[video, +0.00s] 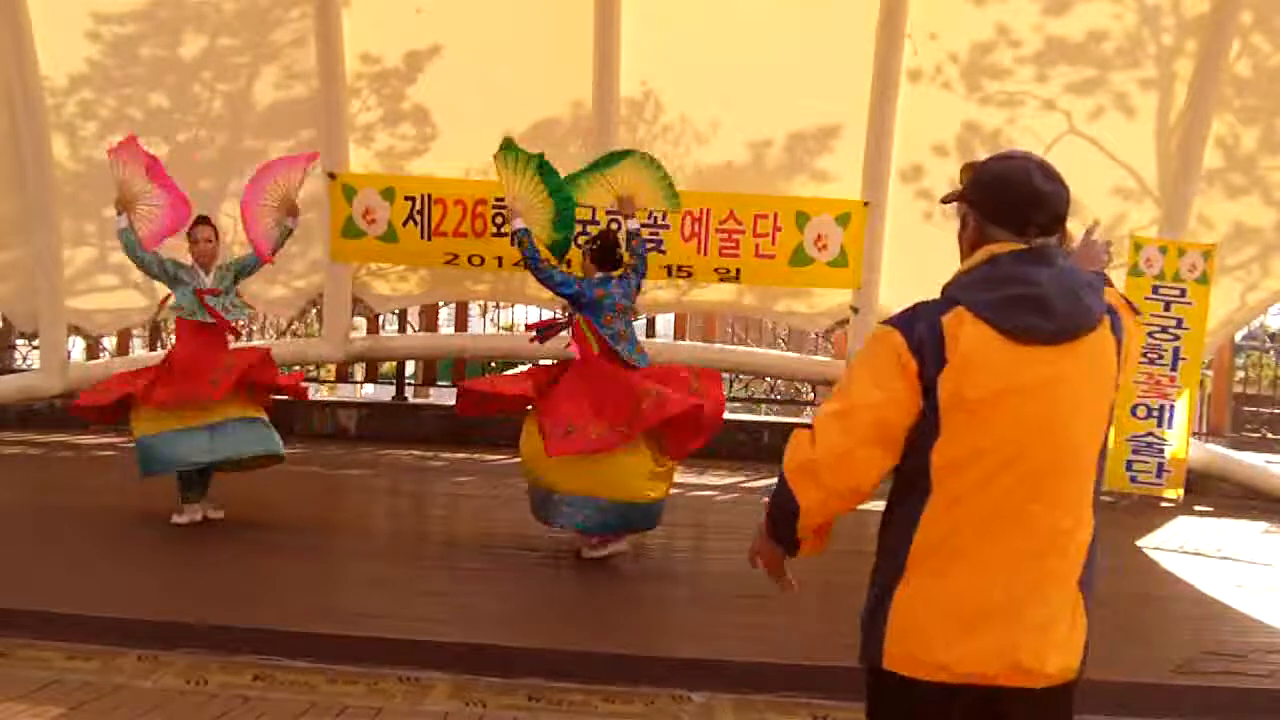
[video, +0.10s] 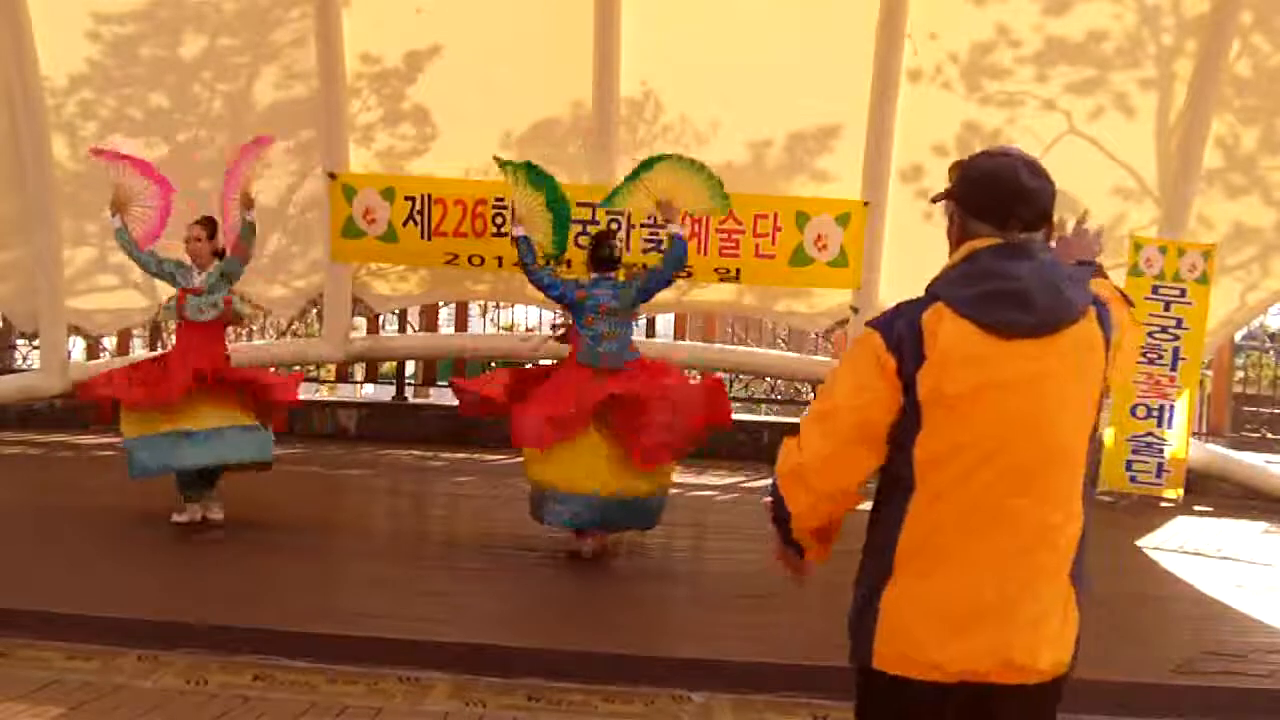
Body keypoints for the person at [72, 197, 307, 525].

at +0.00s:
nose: (203, 247)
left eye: (209, 241)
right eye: (197, 241)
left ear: (218, 244)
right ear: (189, 246)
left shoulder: (228, 274)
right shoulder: (180, 275)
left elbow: (262, 253)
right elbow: (142, 257)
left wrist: (289, 223)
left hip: (217, 354)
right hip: (186, 354)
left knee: (212, 425)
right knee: (186, 426)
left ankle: (200, 498)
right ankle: (188, 502)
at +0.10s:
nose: (191, 246)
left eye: (198, 240)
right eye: (188, 240)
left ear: (215, 244)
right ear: (186, 245)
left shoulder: (223, 276)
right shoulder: (181, 275)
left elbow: (243, 251)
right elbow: (143, 257)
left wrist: (247, 212)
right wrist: (118, 220)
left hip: (213, 354)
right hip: (182, 354)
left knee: (212, 426)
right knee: (182, 426)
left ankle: (210, 495)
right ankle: (190, 499)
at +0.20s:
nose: (182, 244)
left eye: (190, 237)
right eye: (182, 237)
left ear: (207, 239)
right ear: (185, 242)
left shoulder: (212, 274)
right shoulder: (191, 275)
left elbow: (199, 242)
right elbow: (161, 255)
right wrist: (147, 225)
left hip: (205, 356)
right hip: (187, 355)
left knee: (193, 425)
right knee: (188, 425)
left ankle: (193, 502)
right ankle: (190, 499)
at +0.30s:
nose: (189, 236)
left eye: (195, 231)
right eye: (192, 231)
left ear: (207, 235)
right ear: (209, 236)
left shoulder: (199, 266)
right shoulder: (212, 267)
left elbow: (161, 252)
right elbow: (169, 253)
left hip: (190, 352)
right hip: (205, 350)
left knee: (181, 420)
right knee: (191, 419)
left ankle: (183, 502)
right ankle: (190, 498)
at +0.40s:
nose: (182, 234)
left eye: (187, 231)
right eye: (187, 230)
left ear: (192, 240)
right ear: (213, 244)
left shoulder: (182, 274)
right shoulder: (219, 275)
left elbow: (138, 252)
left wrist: (109, 212)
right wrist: (248, 224)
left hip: (186, 357)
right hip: (215, 357)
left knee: (182, 427)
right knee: (203, 428)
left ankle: (182, 507)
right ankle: (198, 504)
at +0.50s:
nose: (207, 247)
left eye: (197, 238)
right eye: (209, 242)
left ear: (182, 244)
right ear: (208, 248)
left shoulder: (168, 276)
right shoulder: (216, 282)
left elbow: (137, 256)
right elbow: (260, 275)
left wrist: (123, 222)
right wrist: (286, 240)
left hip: (173, 361)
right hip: (207, 362)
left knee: (172, 429)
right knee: (199, 429)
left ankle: (175, 506)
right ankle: (189, 502)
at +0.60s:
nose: (212, 251)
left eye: (210, 245)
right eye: (210, 246)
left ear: (179, 244)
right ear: (201, 247)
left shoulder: (168, 274)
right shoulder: (202, 281)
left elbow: (163, 250)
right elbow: (254, 285)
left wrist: (168, 221)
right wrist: (286, 251)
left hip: (171, 362)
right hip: (199, 366)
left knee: (177, 431)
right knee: (195, 432)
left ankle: (172, 502)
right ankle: (175, 504)